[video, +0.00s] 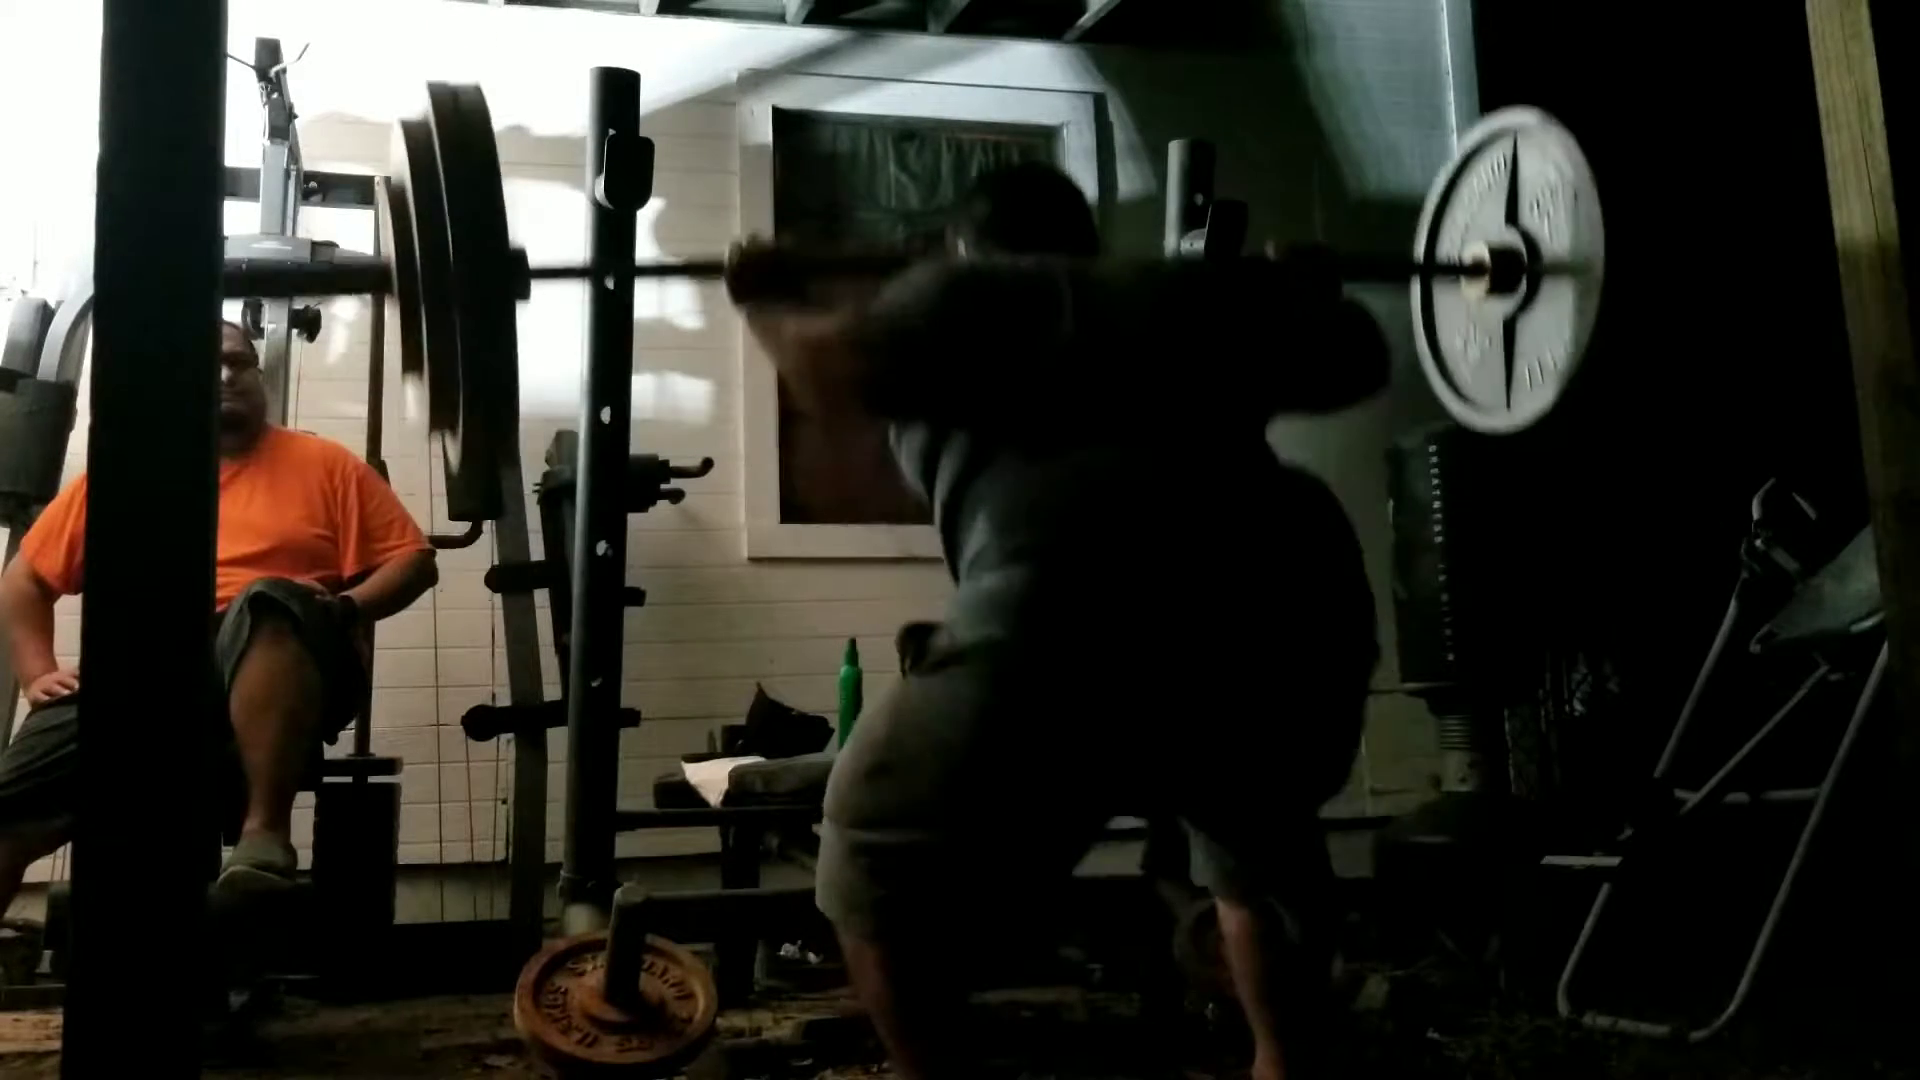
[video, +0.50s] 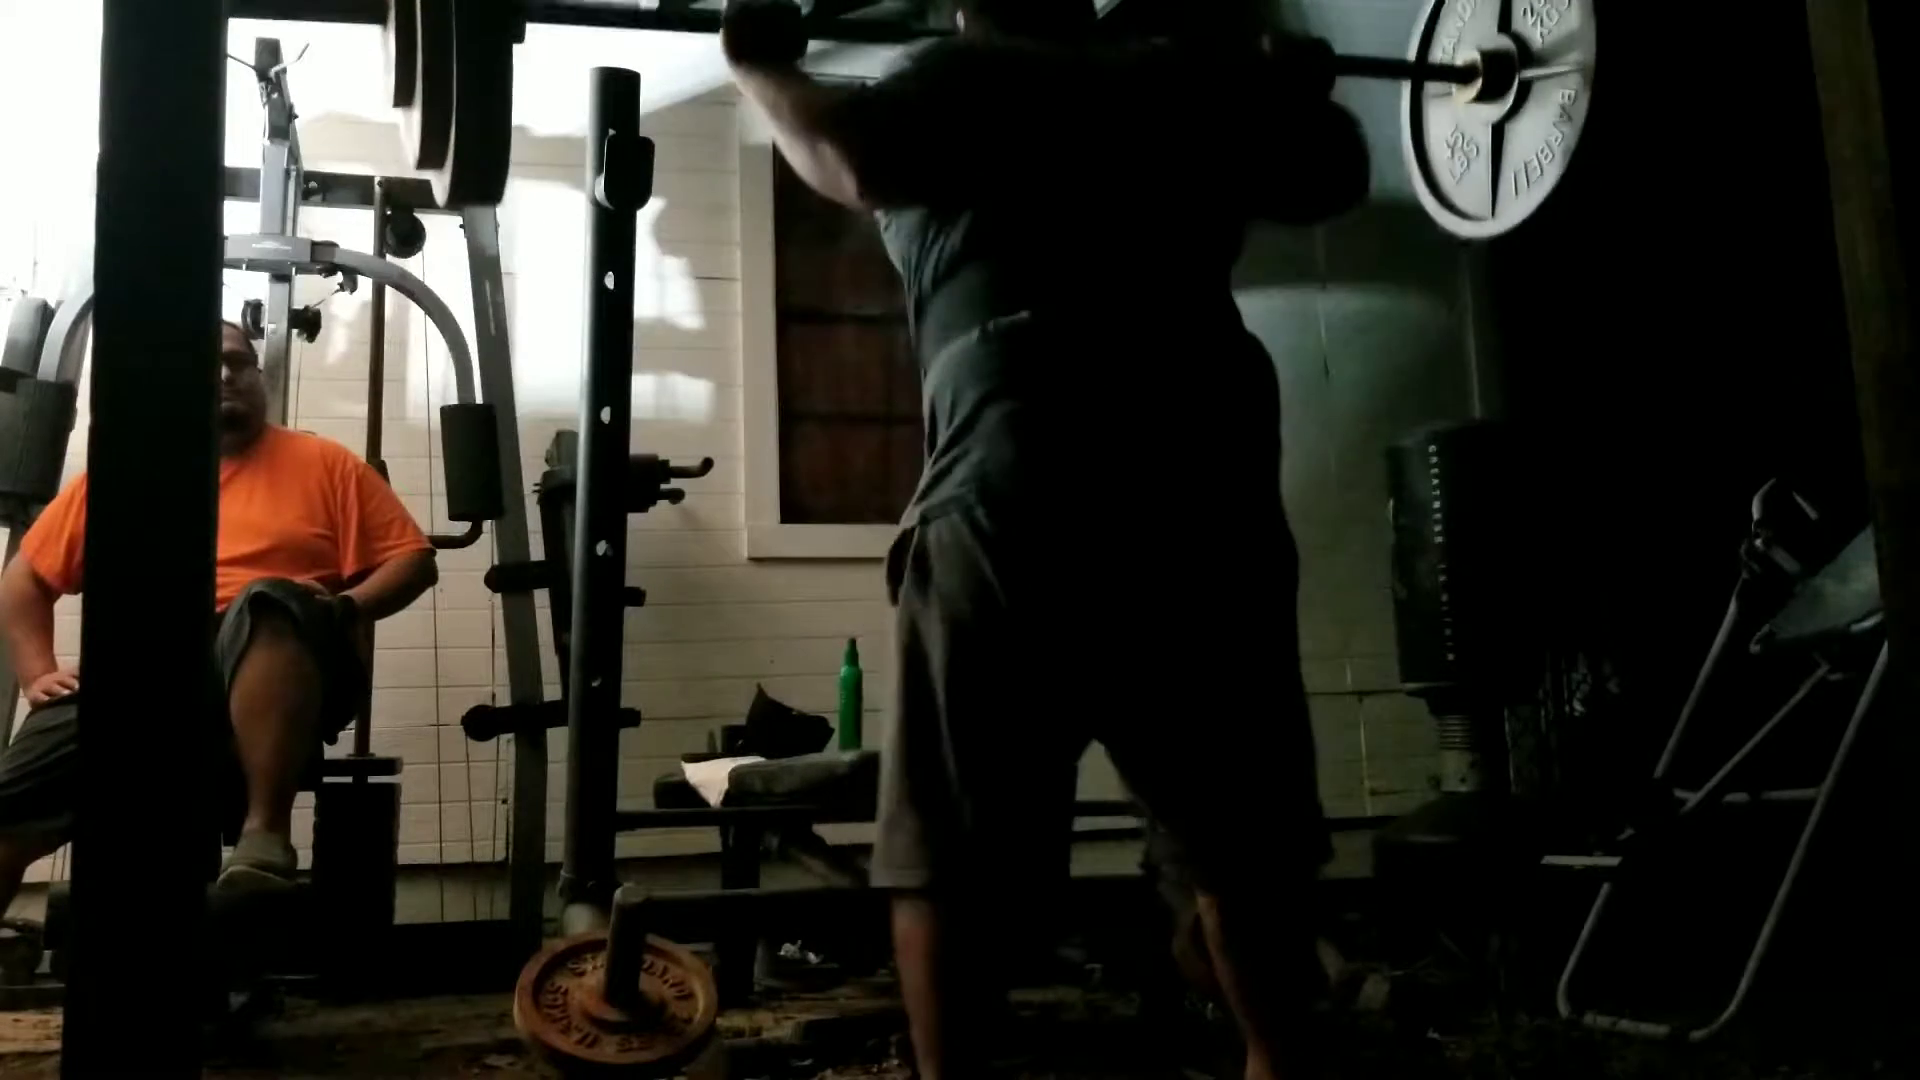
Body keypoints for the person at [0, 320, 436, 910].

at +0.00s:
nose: (226, 376)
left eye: (238, 362)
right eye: (209, 364)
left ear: (263, 376)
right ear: (184, 380)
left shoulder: (324, 465)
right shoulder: (132, 468)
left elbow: (415, 560)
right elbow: (24, 576)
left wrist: (347, 604)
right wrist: (36, 672)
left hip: (286, 669)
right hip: (145, 667)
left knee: (273, 605)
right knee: (9, 809)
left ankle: (265, 829)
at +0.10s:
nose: (226, 376)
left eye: (238, 363)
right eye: (209, 364)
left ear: (263, 376)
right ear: (184, 380)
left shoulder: (324, 464)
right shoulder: (132, 468)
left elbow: (414, 560)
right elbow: (24, 576)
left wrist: (346, 604)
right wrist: (36, 672)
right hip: (143, 666)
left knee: (273, 604)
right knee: (10, 810)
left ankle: (265, 830)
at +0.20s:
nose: (227, 376)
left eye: (239, 363)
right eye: (209, 364)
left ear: (263, 376)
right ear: (185, 380)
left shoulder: (324, 464)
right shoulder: (134, 468)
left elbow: (415, 560)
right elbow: (24, 575)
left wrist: (347, 603)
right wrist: (36, 672)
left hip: (287, 669)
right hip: (144, 666)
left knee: (273, 604)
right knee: (6, 815)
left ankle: (266, 829)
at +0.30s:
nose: (227, 376)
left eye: (239, 363)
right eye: (210, 364)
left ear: (263, 377)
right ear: (184, 380)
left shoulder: (323, 464)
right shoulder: (131, 467)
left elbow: (414, 559)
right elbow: (24, 576)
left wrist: (347, 604)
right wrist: (37, 671)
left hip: (284, 667)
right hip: (142, 664)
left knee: (272, 604)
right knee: (11, 808)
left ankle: (265, 830)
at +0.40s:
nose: (227, 376)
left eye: (238, 363)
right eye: (209, 364)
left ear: (262, 376)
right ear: (184, 380)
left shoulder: (324, 464)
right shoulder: (131, 468)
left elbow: (414, 559)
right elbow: (24, 575)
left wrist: (346, 604)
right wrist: (36, 672)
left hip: (286, 669)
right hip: (143, 666)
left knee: (272, 604)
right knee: (10, 812)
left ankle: (265, 829)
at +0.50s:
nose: (224, 377)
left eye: (237, 363)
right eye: (208, 364)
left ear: (262, 377)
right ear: (183, 380)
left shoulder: (324, 464)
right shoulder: (131, 468)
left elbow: (414, 559)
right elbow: (24, 575)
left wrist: (346, 604)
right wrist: (37, 672)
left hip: (285, 669)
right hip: (143, 666)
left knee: (272, 604)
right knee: (10, 810)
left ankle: (265, 829)